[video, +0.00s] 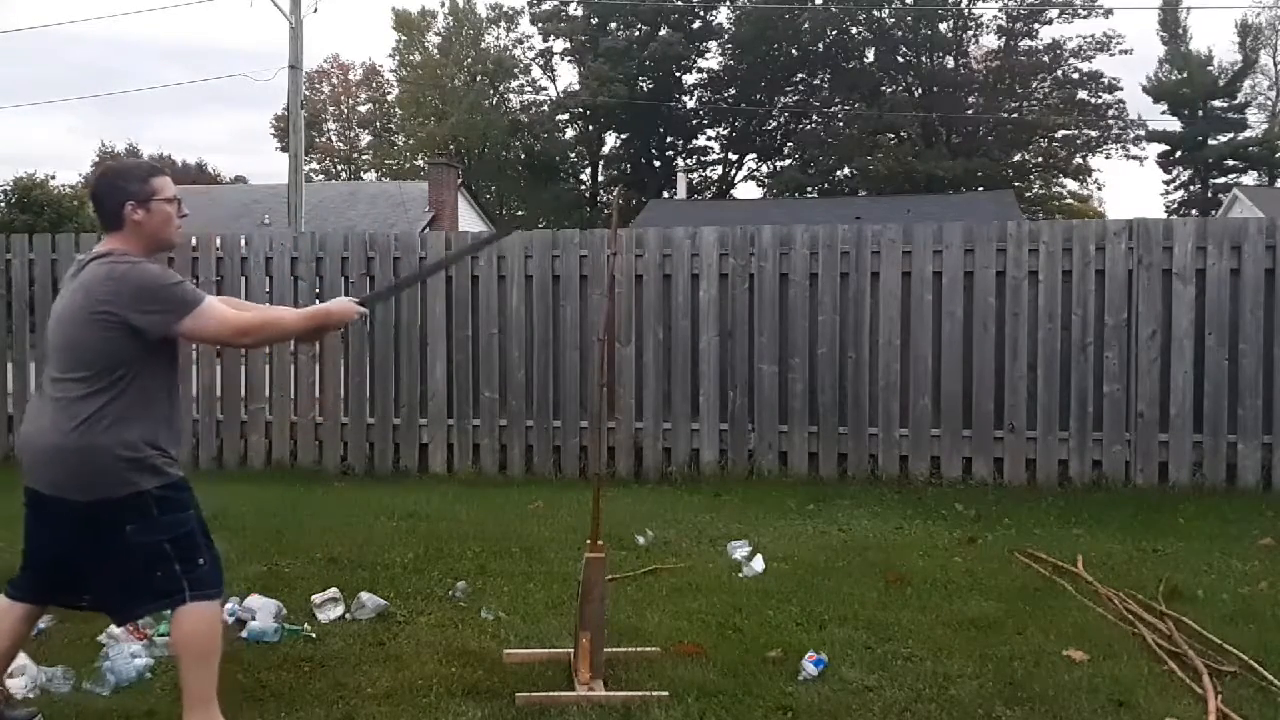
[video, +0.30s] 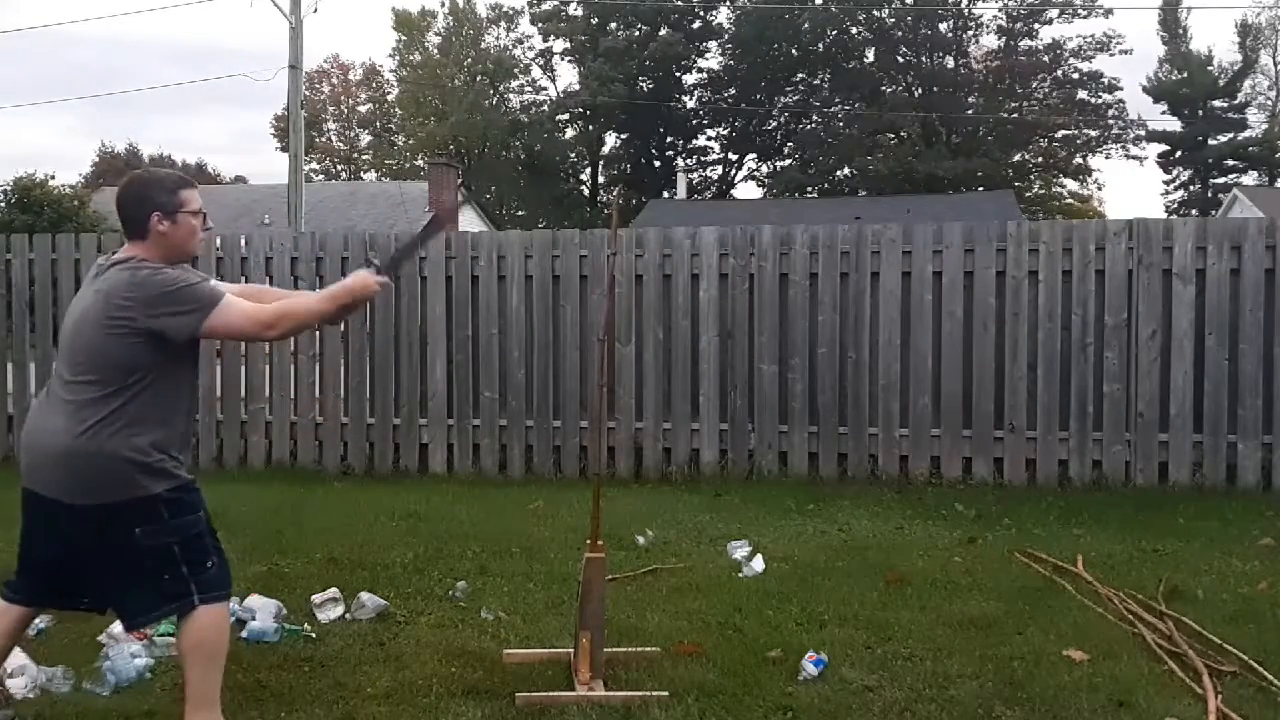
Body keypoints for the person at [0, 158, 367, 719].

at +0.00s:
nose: (182, 213)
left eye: (178, 201)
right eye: (171, 202)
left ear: (128, 214)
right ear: (135, 212)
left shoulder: (90, 272)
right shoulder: (140, 280)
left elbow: (210, 318)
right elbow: (233, 326)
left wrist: (291, 321)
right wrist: (318, 317)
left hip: (50, 460)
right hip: (124, 464)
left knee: (30, 588)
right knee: (199, 586)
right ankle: (202, 712)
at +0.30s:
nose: (206, 226)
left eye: (204, 215)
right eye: (197, 215)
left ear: (149, 225)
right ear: (158, 222)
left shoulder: (110, 272)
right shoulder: (157, 286)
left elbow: (240, 294)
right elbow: (265, 321)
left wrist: (327, 303)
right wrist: (346, 292)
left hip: (49, 463)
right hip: (130, 469)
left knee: (26, 591)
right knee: (205, 591)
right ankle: (204, 713)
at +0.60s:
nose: (188, 228)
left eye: (186, 218)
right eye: (179, 217)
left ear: (134, 224)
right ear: (140, 224)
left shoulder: (106, 274)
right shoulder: (118, 279)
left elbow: (210, 252)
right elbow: (224, 259)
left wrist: (271, 201)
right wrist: (268, 181)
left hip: (50, 466)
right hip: (115, 470)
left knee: (28, 587)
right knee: (197, 585)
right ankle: (203, 712)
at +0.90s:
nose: (175, 226)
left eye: (174, 213)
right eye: (167, 217)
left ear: (128, 226)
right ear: (131, 225)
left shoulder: (130, 277)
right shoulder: (98, 277)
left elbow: (214, 225)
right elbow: (186, 235)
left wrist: (229, 166)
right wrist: (196, 143)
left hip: (59, 466)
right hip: (113, 468)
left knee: (35, 589)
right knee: (199, 582)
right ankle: (203, 712)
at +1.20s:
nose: (174, 222)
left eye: (173, 212)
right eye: (160, 212)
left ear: (171, 219)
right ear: (119, 222)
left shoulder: (158, 281)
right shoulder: (87, 290)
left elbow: (203, 206)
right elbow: (132, 234)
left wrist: (171, 147)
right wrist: (119, 142)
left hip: (77, 471)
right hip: (117, 470)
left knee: (48, 595)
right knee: (207, 577)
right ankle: (205, 713)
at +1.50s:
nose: (175, 226)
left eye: (174, 215)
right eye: (164, 216)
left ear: (167, 222)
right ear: (126, 225)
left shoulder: (159, 281)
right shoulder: (89, 291)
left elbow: (203, 207)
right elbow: (137, 232)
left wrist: (179, 146)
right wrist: (129, 142)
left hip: (78, 472)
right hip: (120, 472)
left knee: (48, 597)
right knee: (208, 580)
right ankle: (206, 713)